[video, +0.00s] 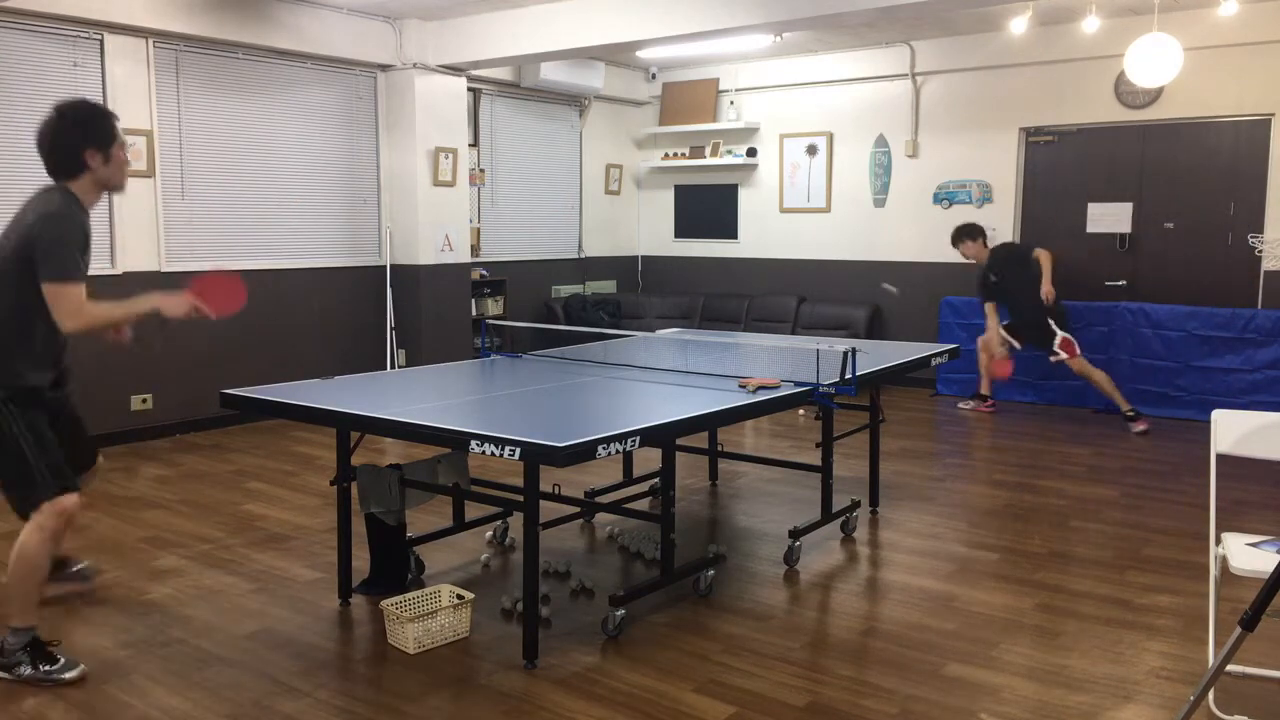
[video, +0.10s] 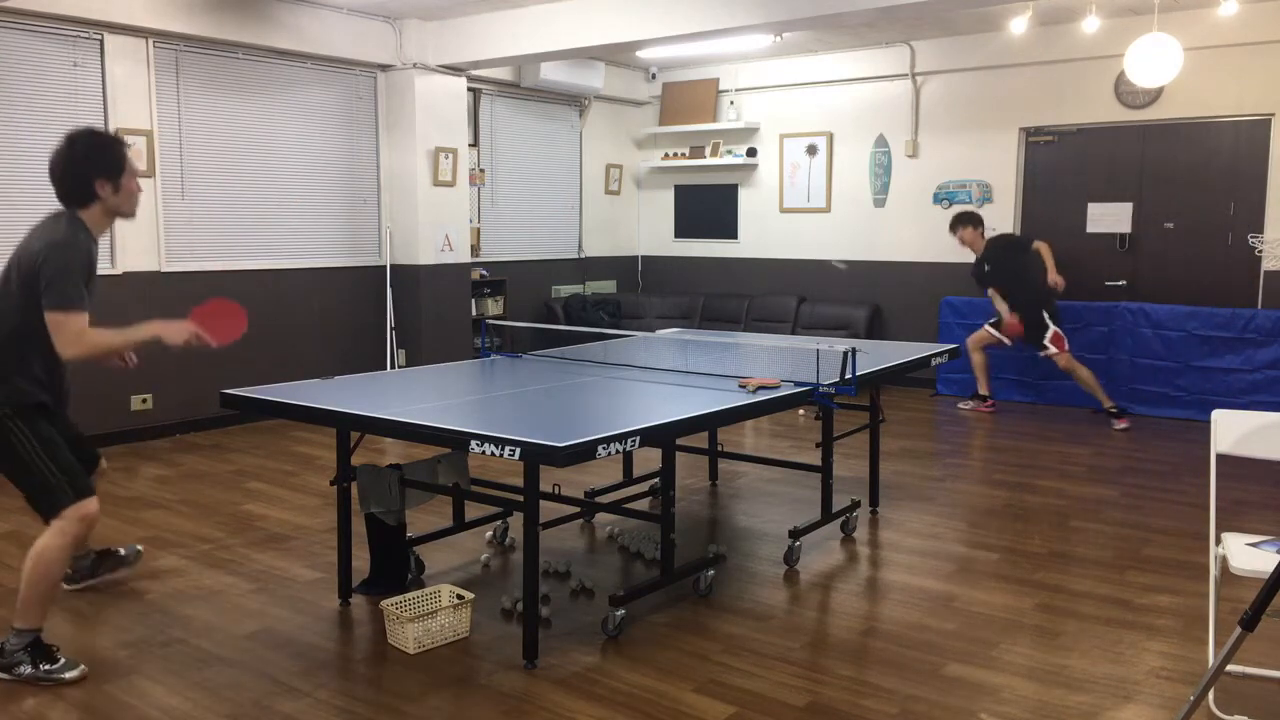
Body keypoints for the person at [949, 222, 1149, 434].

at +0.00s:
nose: (963, 253)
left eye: (964, 247)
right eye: (960, 249)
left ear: (978, 240)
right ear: (968, 248)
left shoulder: (1006, 250)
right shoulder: (985, 278)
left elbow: (1044, 255)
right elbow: (991, 314)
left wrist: (1046, 283)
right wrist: (996, 346)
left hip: (1046, 316)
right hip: (1022, 322)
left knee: (1080, 367)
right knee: (984, 342)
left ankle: (1129, 413)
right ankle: (984, 398)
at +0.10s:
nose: (959, 236)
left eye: (962, 230)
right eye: (956, 232)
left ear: (977, 228)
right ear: (960, 236)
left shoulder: (1002, 242)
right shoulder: (978, 269)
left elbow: (1041, 246)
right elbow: (995, 296)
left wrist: (1052, 271)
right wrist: (1006, 316)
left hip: (1038, 309)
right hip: (1013, 314)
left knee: (1065, 363)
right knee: (973, 343)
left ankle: (1111, 408)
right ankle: (983, 398)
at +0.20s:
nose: (966, 221)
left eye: (969, 215)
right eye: (963, 216)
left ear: (984, 213)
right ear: (965, 219)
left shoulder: (1008, 232)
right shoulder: (977, 256)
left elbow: (1047, 240)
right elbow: (991, 283)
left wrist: (1059, 267)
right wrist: (1002, 288)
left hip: (1034, 303)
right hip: (1008, 308)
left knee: (1052, 357)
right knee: (969, 342)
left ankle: (1090, 405)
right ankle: (984, 397)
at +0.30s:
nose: (980, 203)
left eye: (985, 197)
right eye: (978, 199)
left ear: (999, 199)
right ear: (977, 203)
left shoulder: (1021, 222)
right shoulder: (981, 240)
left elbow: (1056, 237)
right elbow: (991, 274)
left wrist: (1063, 264)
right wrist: (1004, 268)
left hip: (1031, 299)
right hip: (1004, 302)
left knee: (1044, 352)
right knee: (971, 341)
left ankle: (1066, 400)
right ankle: (983, 397)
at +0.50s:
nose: (1013, 182)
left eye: (1018, 176)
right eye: (1009, 176)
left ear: (1029, 180)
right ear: (1004, 180)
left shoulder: (1045, 207)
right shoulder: (998, 216)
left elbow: (1070, 229)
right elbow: (994, 252)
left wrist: (1060, 257)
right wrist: (1005, 249)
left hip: (1042, 285)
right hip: (1011, 287)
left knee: (1055, 342)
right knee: (998, 341)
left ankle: (1065, 399)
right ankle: (993, 395)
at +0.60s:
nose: (1026, 189)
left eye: (1032, 184)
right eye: (1022, 183)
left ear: (1041, 188)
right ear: (1016, 187)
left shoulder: (1054, 216)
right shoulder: (1005, 221)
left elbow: (1072, 242)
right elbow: (995, 251)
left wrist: (1057, 261)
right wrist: (1008, 253)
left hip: (1049, 290)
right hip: (1016, 292)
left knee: (1071, 342)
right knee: (1000, 346)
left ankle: (1087, 395)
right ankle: (999, 395)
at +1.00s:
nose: (1061, 205)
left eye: (1068, 200)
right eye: (1058, 199)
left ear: (1080, 204)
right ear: (1054, 203)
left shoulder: (1094, 229)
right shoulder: (1045, 230)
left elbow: (1112, 258)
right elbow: (1035, 257)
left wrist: (1086, 275)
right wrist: (1044, 271)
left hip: (1085, 300)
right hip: (1052, 299)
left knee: (1105, 352)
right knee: (1023, 345)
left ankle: (1125, 404)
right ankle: (1013, 396)